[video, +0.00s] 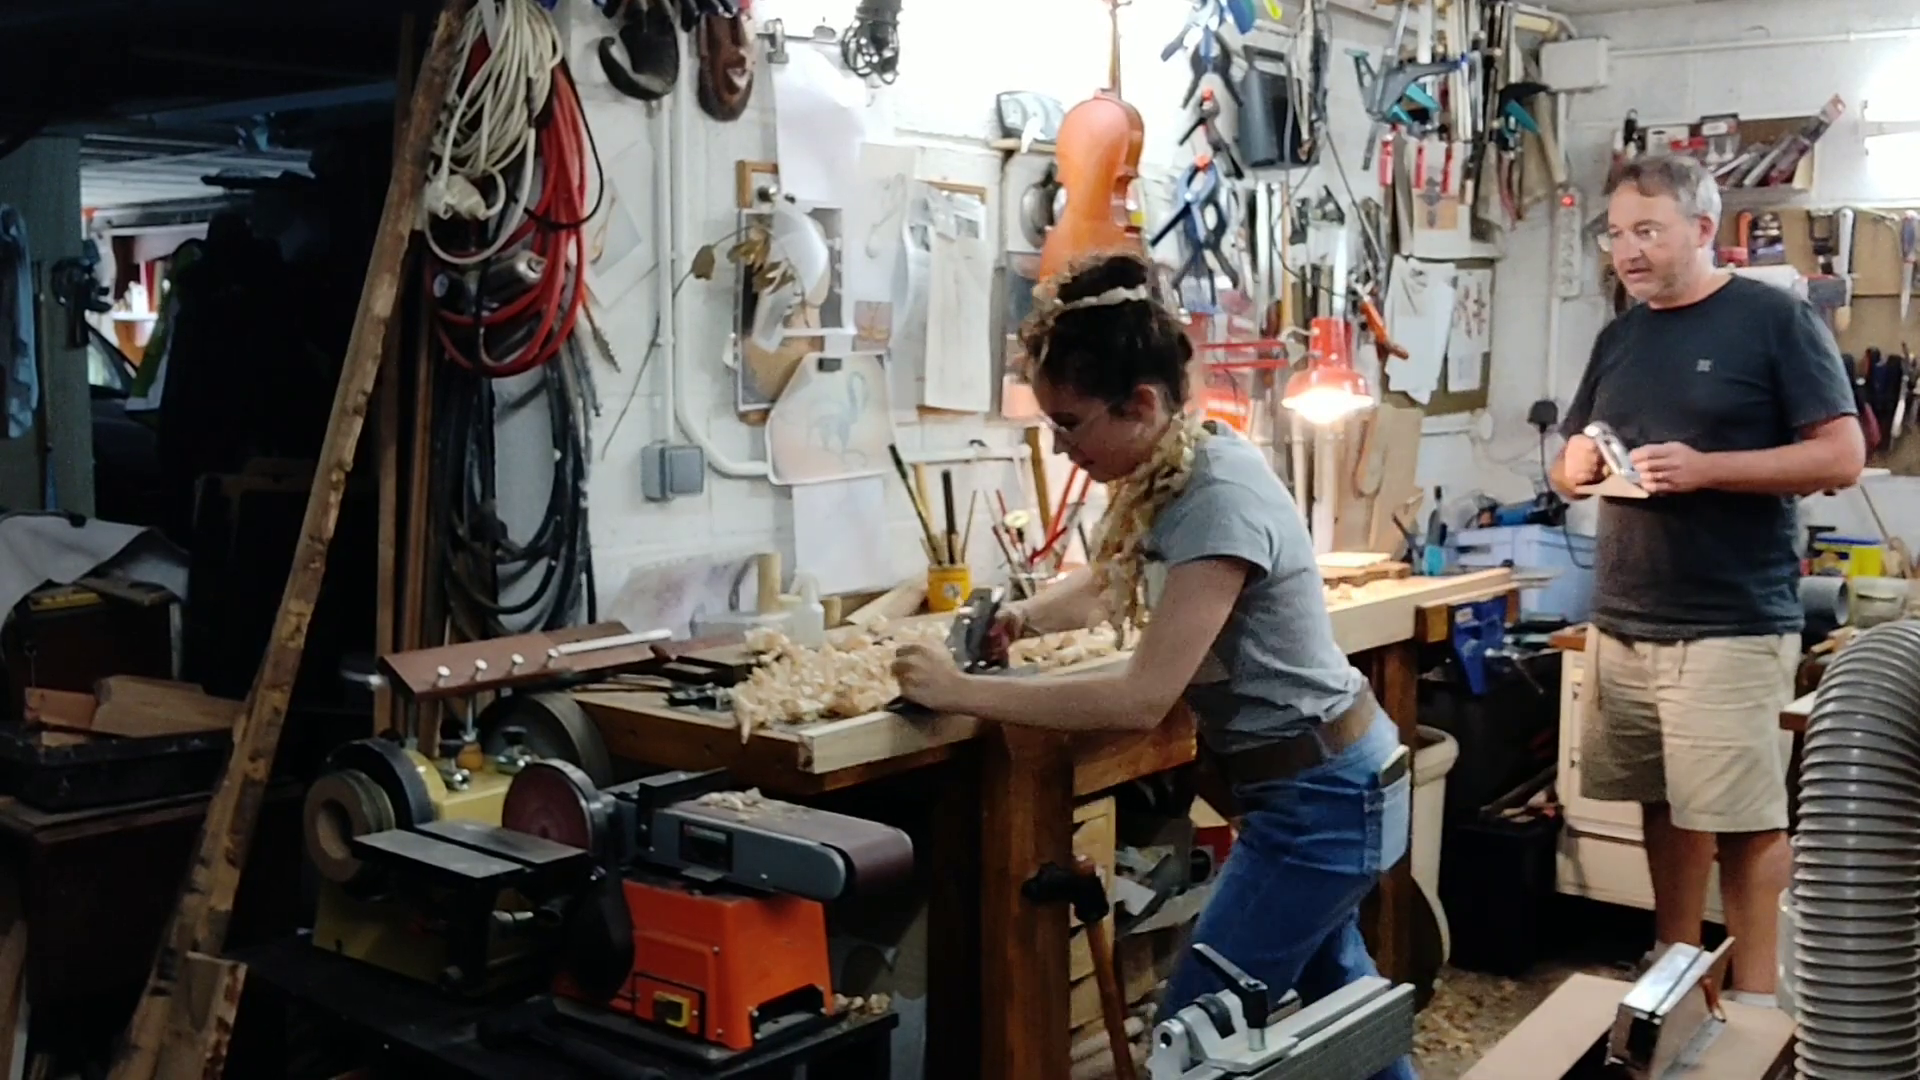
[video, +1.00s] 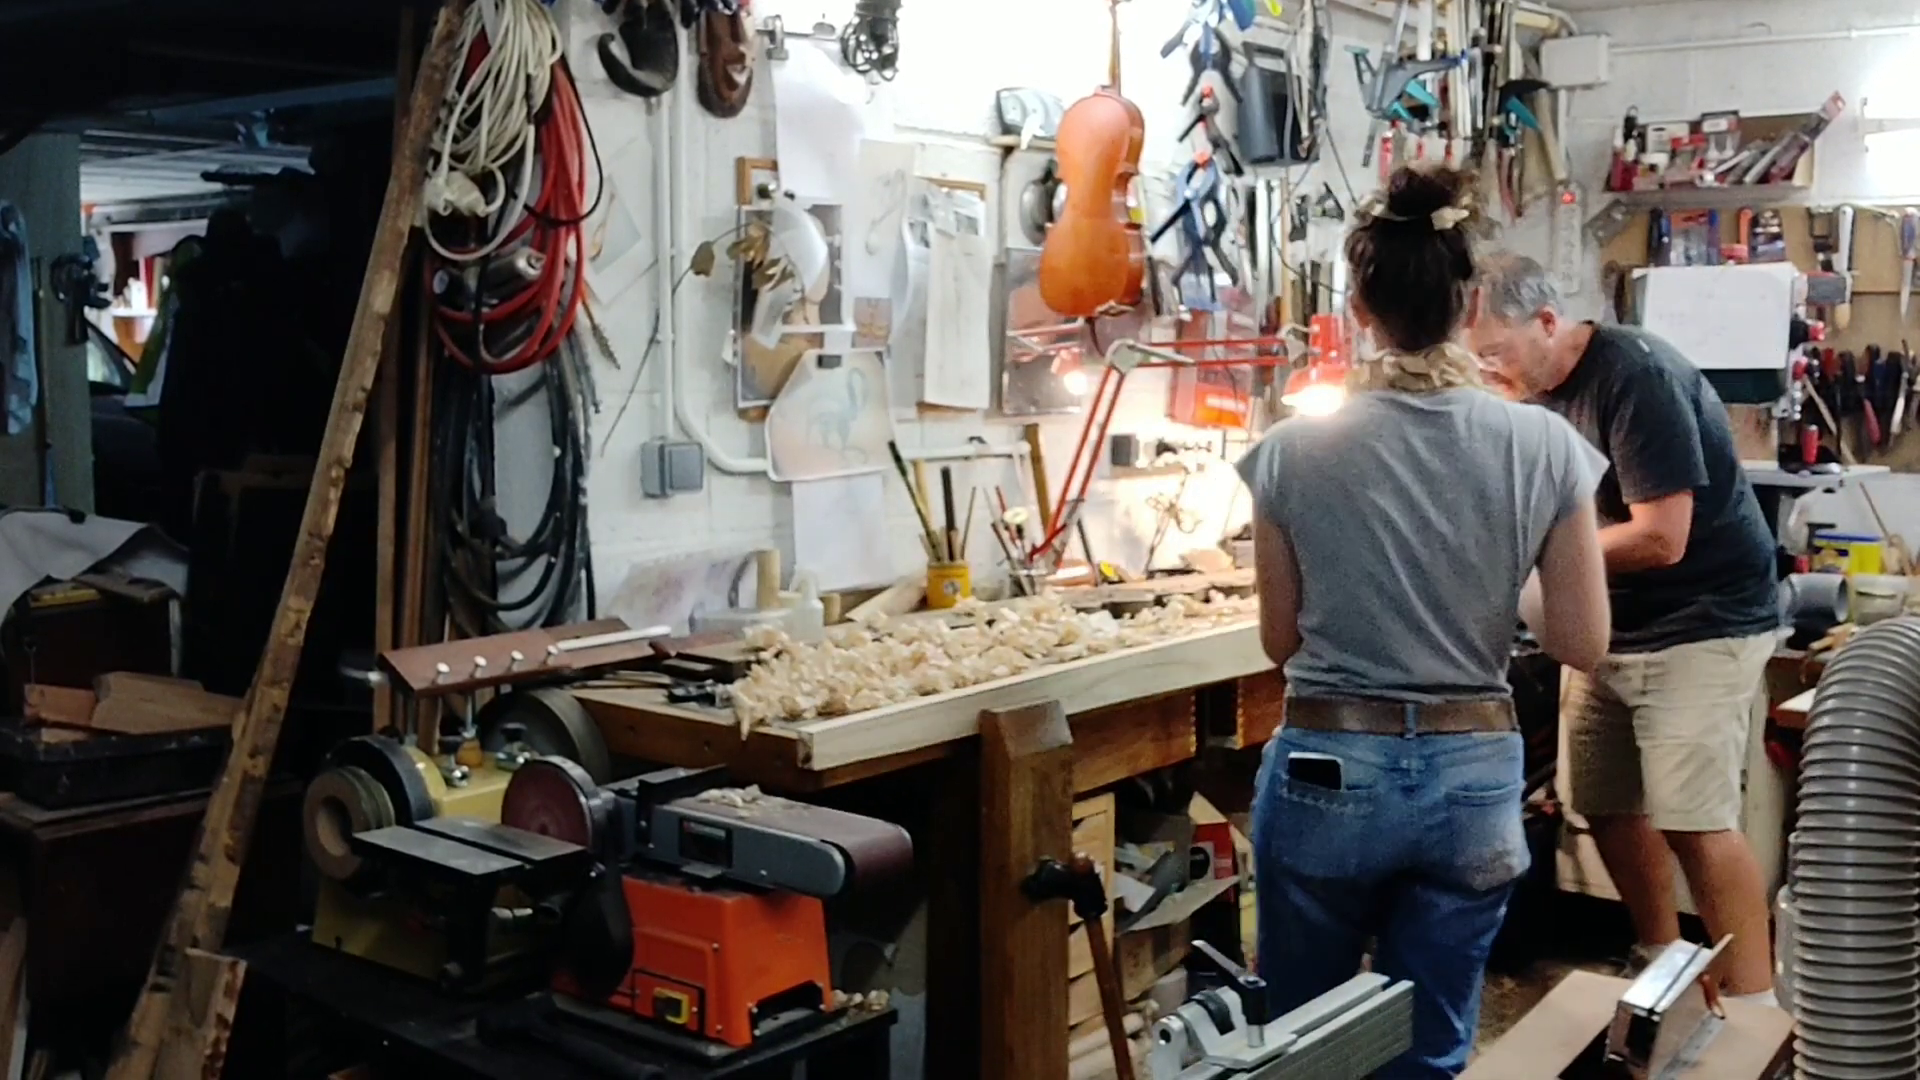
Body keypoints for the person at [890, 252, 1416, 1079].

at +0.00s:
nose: (1059, 445)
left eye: (1068, 423)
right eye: (1052, 424)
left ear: (1144, 402)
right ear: (1139, 406)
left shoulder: (1219, 494)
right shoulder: (1165, 480)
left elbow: (1142, 696)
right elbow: (1102, 584)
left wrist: (964, 689)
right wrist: (1010, 620)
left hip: (1325, 795)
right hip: (1294, 787)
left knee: (1194, 1026)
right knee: (1348, 1013)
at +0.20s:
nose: (1056, 410)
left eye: (1067, 388)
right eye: (1053, 388)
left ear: (1142, 379)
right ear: (1140, 383)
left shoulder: (1199, 490)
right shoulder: (1156, 470)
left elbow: (1050, 676)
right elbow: (1051, 592)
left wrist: (854, 706)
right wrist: (949, 631)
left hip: (1319, 788)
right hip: (1310, 773)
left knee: (1211, 1040)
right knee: (1350, 1023)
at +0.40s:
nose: (1089, 369)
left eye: (1104, 349)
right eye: (1090, 346)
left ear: (1179, 354)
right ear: (1179, 356)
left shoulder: (1218, 474)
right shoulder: (1187, 457)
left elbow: (1069, 646)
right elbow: (1065, 589)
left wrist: (864, 652)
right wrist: (962, 611)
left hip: (1318, 784)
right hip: (1366, 758)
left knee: (1225, 1043)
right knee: (1375, 1032)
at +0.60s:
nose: (1172, 343)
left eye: (1178, 320)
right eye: (1171, 320)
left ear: (1223, 328)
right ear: (1300, 325)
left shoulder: (1253, 466)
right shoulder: (1344, 432)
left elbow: (1164, 677)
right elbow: (1289, 600)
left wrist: (1021, 597)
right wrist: (1149, 579)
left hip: (1322, 786)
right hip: (1430, 761)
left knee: (1228, 1043)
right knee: (1380, 1043)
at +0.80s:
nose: (1288, 325)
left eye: (1287, 309)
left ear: (1302, 320)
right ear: (1413, 310)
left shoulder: (1280, 468)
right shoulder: (1500, 446)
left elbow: (1237, 675)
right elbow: (1504, 634)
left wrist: (1165, 581)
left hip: (1332, 784)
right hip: (1475, 771)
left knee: (1237, 1037)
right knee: (1419, 1050)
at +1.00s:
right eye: (1483, 301)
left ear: (1358, 308)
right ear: (1472, 306)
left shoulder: (1296, 449)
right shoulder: (1548, 446)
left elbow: (1281, 639)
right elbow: (1584, 645)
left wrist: (1360, 574)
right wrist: (1509, 581)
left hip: (1327, 754)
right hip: (1477, 755)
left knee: (1295, 1029)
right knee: (1434, 1042)